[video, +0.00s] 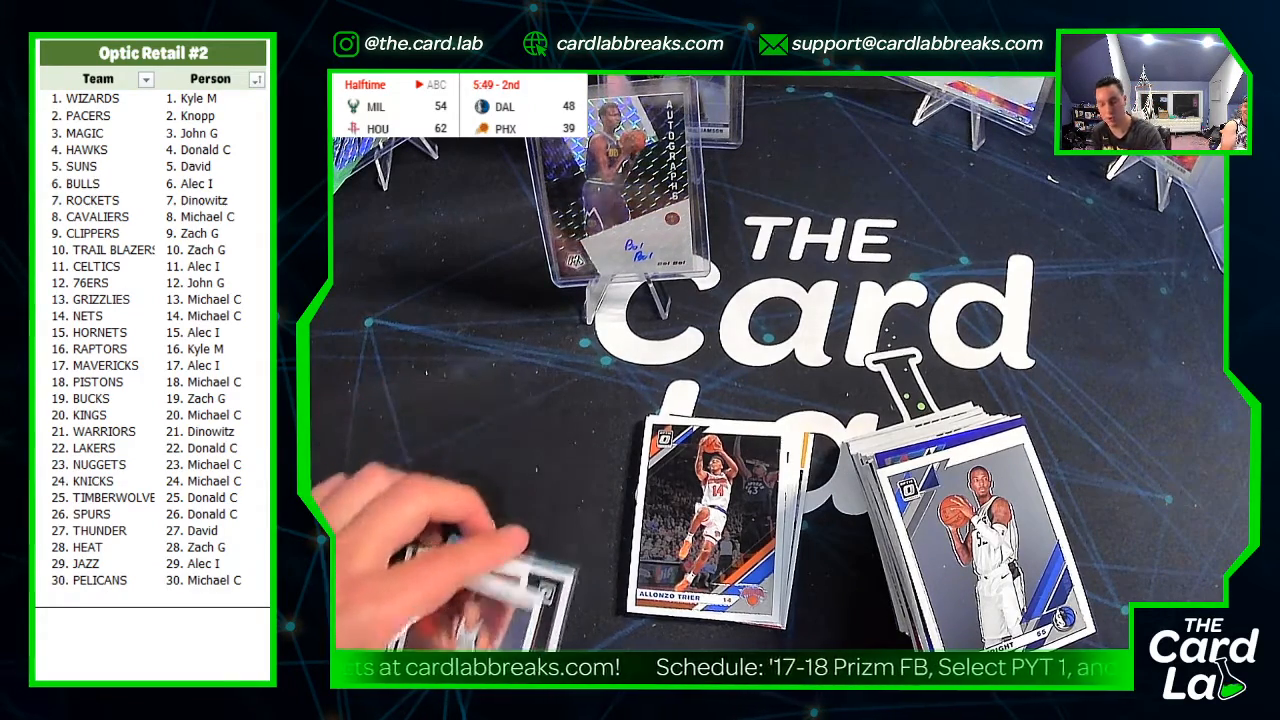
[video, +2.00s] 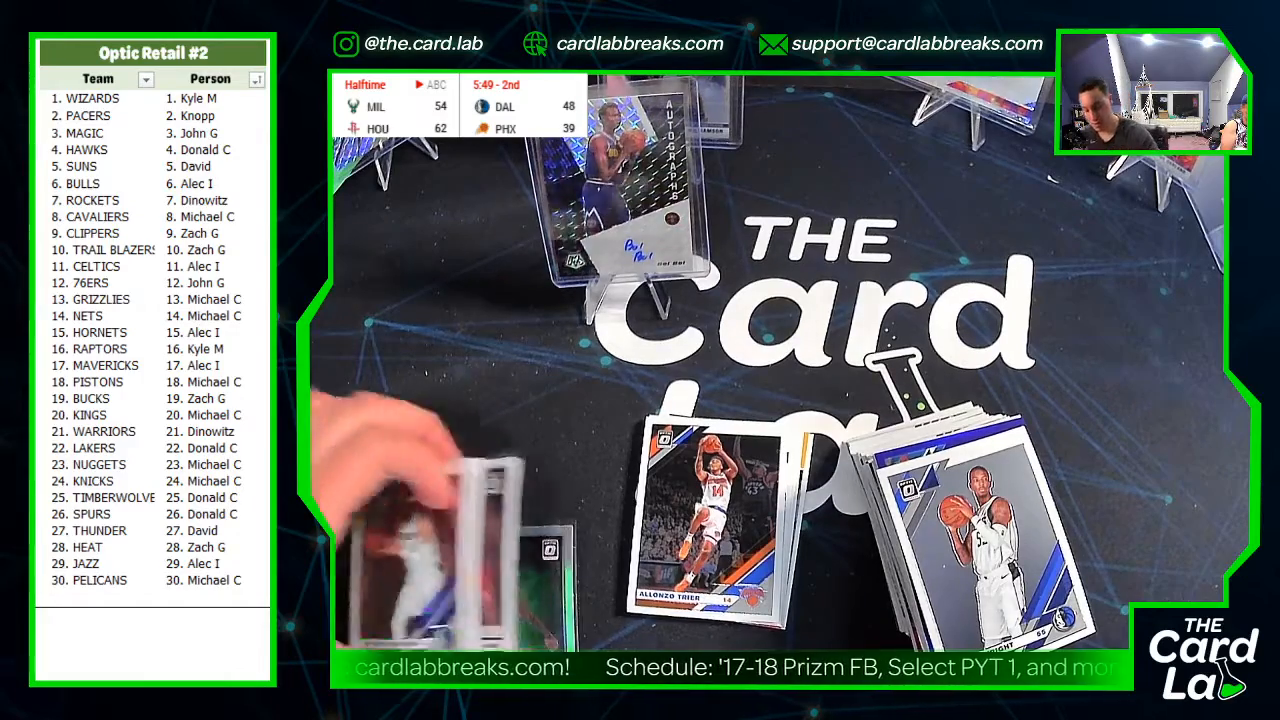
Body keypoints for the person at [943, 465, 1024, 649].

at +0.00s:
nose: (980, 483)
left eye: (983, 478)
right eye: (975, 480)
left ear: (990, 481)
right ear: (970, 485)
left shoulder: (1000, 504)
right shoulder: (974, 517)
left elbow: (997, 539)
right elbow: (965, 559)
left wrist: (972, 517)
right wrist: (954, 530)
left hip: (1007, 579)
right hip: (985, 585)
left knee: (1018, 632)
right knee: (991, 639)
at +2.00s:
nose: (980, 484)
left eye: (983, 479)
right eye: (975, 480)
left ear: (990, 482)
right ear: (970, 486)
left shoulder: (1000, 504)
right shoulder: (974, 518)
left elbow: (997, 538)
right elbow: (965, 559)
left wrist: (972, 517)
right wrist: (953, 530)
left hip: (1007, 579)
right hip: (985, 585)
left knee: (1018, 633)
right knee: (991, 640)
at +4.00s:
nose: (980, 484)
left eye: (983, 480)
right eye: (975, 481)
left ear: (990, 482)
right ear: (970, 486)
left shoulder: (1000, 505)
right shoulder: (975, 518)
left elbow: (997, 539)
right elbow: (965, 559)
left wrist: (972, 517)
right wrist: (953, 531)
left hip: (1006, 578)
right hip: (985, 584)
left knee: (1017, 632)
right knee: (991, 640)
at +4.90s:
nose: (981, 485)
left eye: (985, 481)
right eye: (977, 481)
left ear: (990, 484)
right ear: (970, 487)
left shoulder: (1000, 505)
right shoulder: (977, 515)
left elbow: (996, 541)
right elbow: (964, 555)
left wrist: (972, 518)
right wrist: (954, 532)